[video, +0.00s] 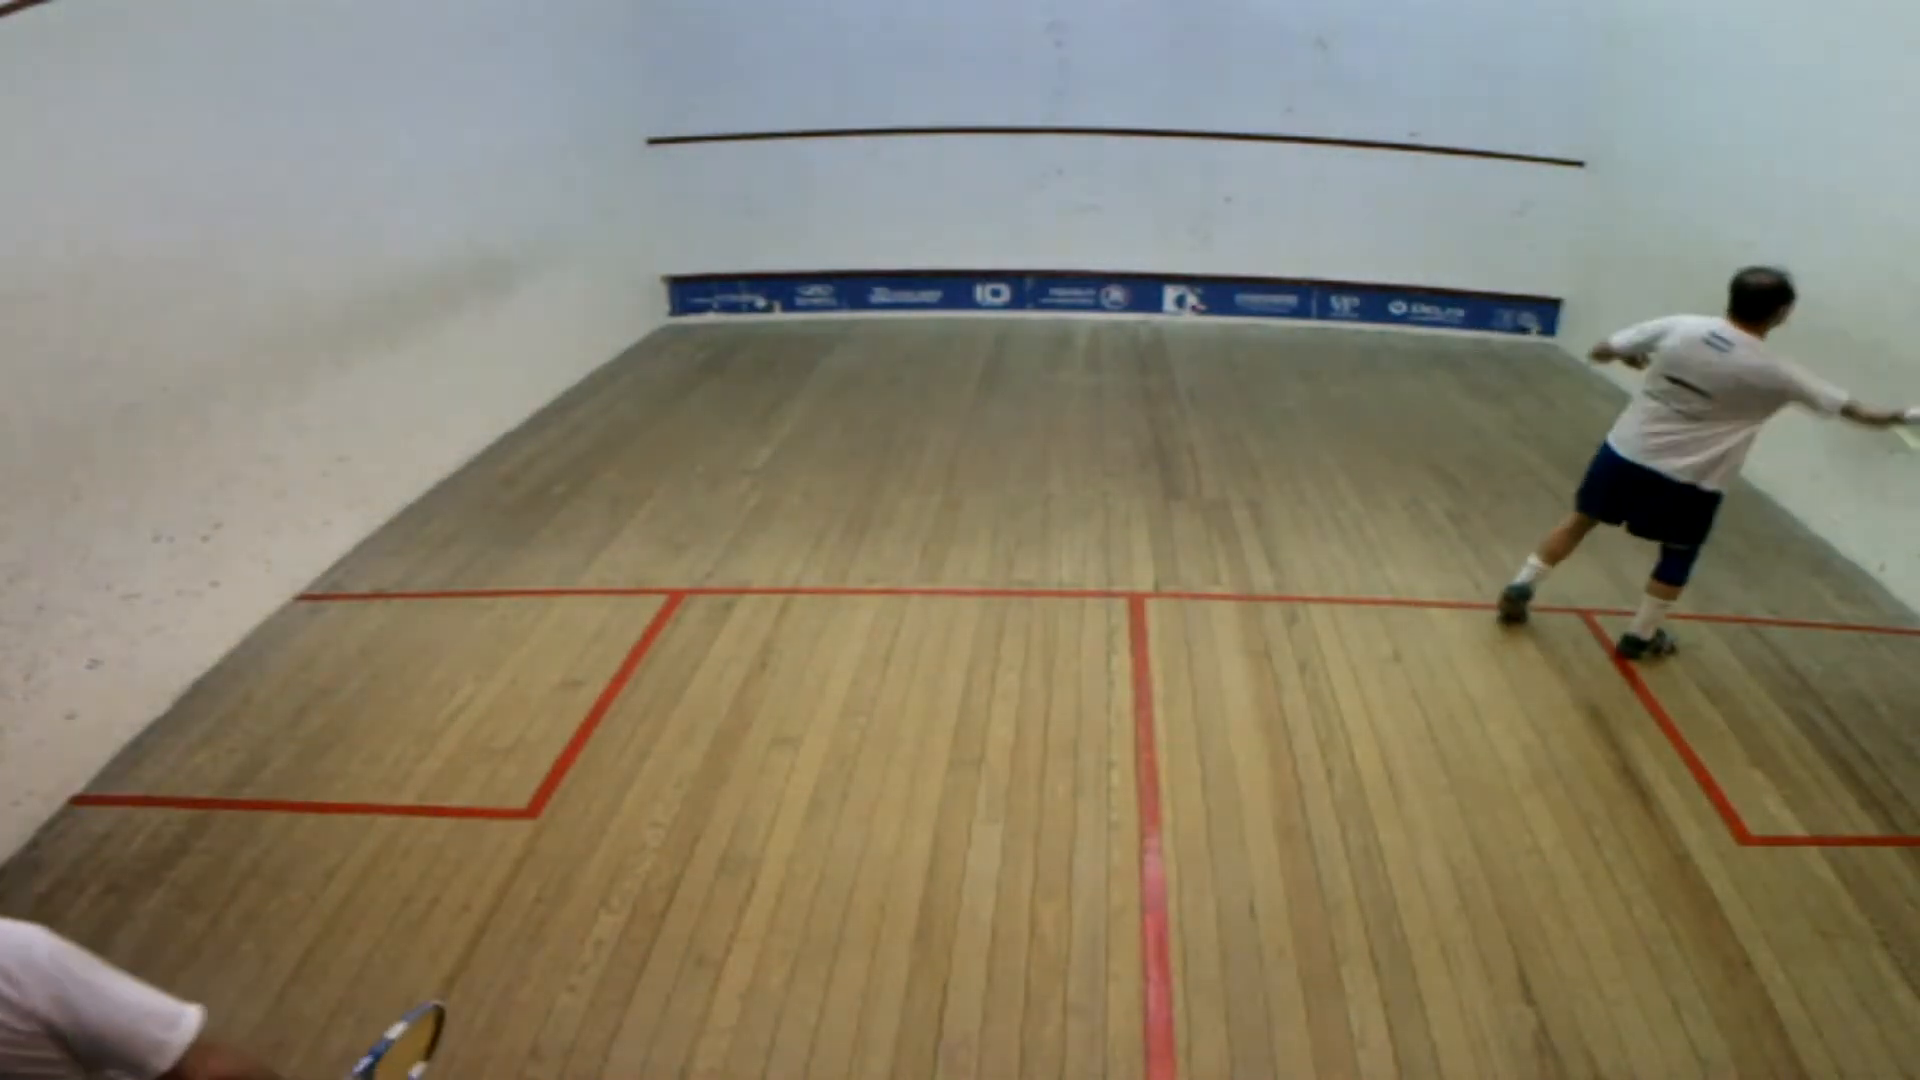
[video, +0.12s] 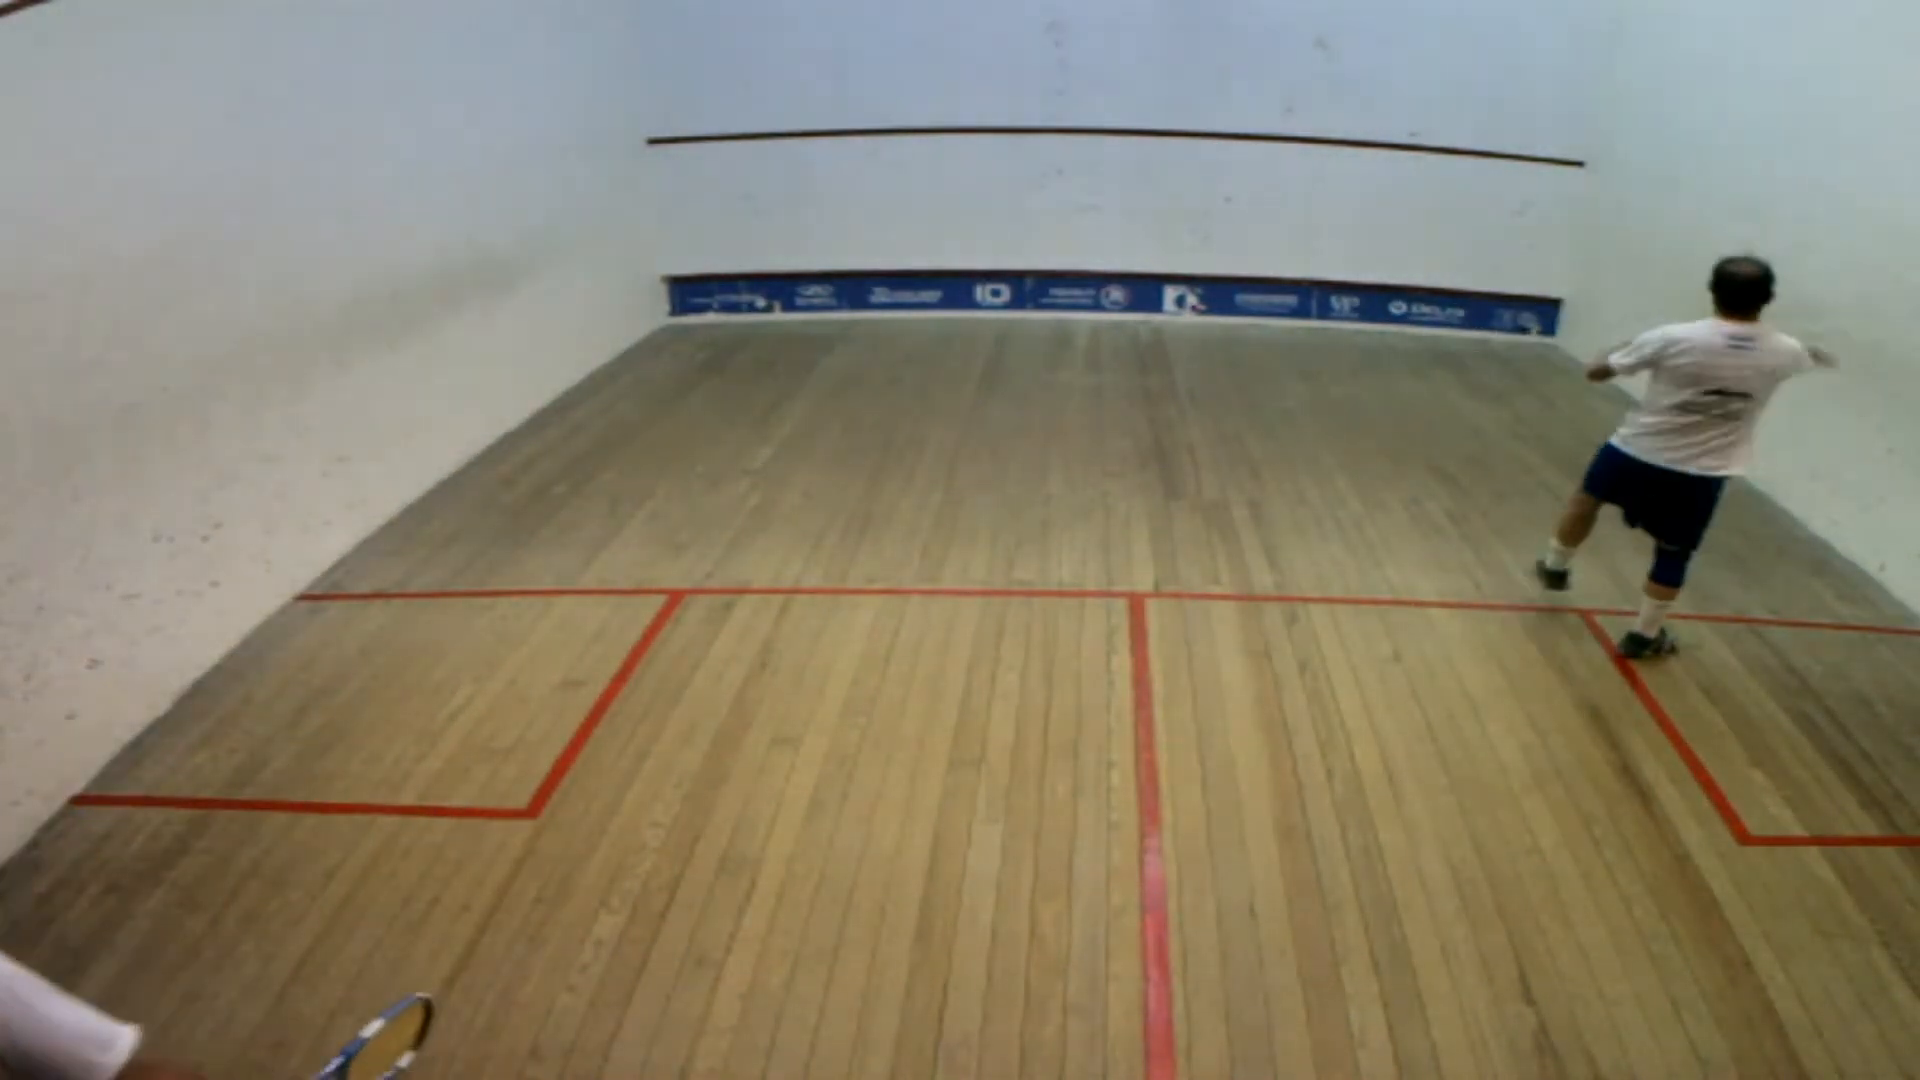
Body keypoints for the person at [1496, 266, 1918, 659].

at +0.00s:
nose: (1785, 321)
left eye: (1785, 313)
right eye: (1785, 315)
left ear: (1733, 300)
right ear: (1775, 316)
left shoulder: (1682, 329)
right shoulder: (1772, 371)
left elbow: (1612, 348)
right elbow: (1841, 407)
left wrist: (1610, 353)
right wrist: (1897, 417)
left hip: (1625, 454)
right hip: (1690, 484)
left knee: (1579, 521)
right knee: (1676, 560)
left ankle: (1520, 586)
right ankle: (1639, 636)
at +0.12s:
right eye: (1766, 294)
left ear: (1714, 294)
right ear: (1766, 300)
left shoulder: (1678, 339)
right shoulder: (1780, 352)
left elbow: (1600, 370)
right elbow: (1808, 358)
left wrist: (1607, 364)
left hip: (1635, 455)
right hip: (1701, 479)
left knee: (1589, 495)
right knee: (1672, 557)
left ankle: (1555, 565)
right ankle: (1644, 633)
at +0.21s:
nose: (1696, 293)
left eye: (1698, 288)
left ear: (1701, 295)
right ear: (1750, 298)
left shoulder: (1685, 346)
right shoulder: (1764, 343)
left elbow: (1595, 386)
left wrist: (1610, 370)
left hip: (1648, 462)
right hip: (1711, 477)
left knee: (1587, 495)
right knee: (1678, 556)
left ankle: (1566, 566)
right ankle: (1650, 635)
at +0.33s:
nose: (1669, 303)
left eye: (1671, 298)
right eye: (1674, 298)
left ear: (1676, 304)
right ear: (1724, 307)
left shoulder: (1677, 357)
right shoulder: (1736, 347)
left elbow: (1621, 422)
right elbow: (1653, 348)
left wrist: (1581, 400)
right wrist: (1594, 348)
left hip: (1654, 486)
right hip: (1712, 493)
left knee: (1571, 509)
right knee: (1675, 559)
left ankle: (1577, 603)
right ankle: (1655, 639)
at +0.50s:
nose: (1607, 320)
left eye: (1612, 313)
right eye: (1610, 312)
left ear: (1627, 321)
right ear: (1658, 320)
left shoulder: (1639, 374)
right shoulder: (1675, 353)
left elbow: (1649, 457)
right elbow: (1590, 382)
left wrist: (1575, 445)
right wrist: (1520, 390)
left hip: (1632, 507)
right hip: (1680, 500)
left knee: (1573, 581)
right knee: (1656, 575)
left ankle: (1633, 673)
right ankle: (1646, 654)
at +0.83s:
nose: (1439, 314)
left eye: (1451, 307)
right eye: (1443, 304)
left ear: (1486, 319)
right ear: (1493, 319)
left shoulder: (1474, 376)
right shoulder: (1539, 362)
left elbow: (1480, 463)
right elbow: (1533, 442)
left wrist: (1438, 468)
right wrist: (1455, 450)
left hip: (1503, 522)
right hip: (1542, 513)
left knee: (1421, 609)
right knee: (1431, 569)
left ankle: (1529, 672)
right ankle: (1415, 665)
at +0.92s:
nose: (1390, 331)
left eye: (1402, 323)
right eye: (1393, 321)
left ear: (1442, 333)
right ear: (1448, 334)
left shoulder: (1435, 392)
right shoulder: (1494, 374)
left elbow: (1439, 482)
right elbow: (1488, 457)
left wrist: (1395, 482)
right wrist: (1408, 468)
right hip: (1502, 530)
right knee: (1405, 590)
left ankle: (1384, 711)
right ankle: (1413, 668)